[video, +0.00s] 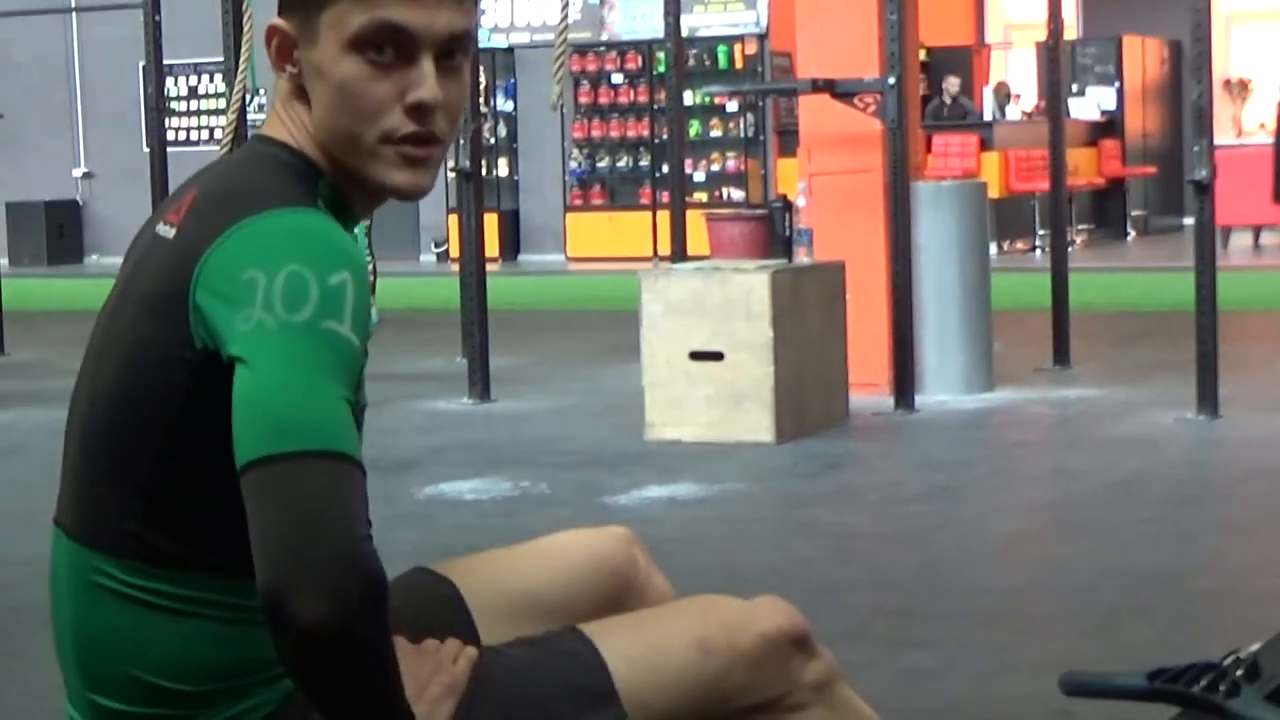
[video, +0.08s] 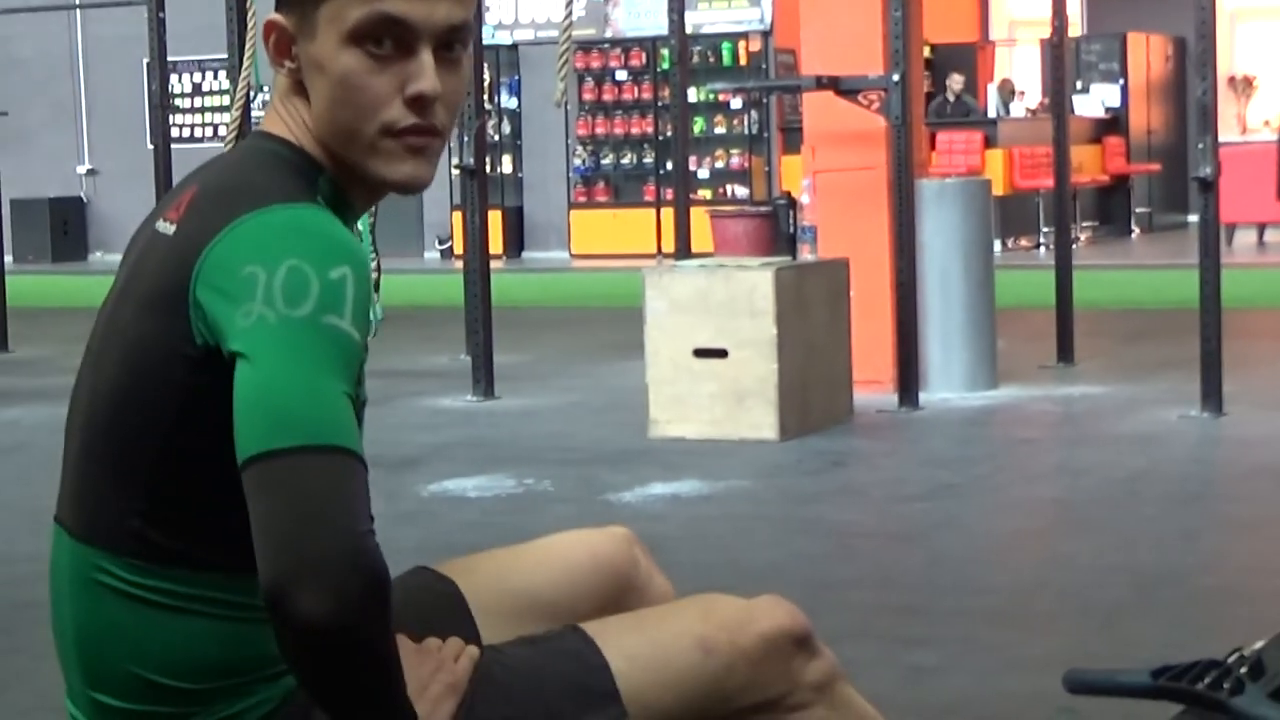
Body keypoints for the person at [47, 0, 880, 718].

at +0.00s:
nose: (430, 96)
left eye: (453, 58)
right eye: (385, 53)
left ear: (474, 70)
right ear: (288, 59)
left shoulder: (256, 205)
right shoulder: (294, 244)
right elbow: (320, 598)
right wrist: (395, 711)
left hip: (228, 660)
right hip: (254, 702)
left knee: (613, 563)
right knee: (770, 644)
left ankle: (720, 705)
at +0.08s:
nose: (429, 87)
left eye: (452, 50)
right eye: (383, 45)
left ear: (474, 62)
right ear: (287, 53)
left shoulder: (253, 202)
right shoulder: (294, 241)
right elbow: (321, 590)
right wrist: (395, 712)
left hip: (226, 661)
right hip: (252, 704)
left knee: (614, 563)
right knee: (773, 644)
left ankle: (723, 707)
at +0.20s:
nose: (429, 86)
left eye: (452, 48)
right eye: (382, 44)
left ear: (474, 61)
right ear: (286, 53)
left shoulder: (269, 203)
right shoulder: (290, 240)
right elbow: (317, 593)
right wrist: (393, 708)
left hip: (230, 661)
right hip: (250, 702)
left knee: (615, 567)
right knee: (767, 646)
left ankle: (723, 706)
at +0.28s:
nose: (431, 87)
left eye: (453, 49)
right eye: (383, 44)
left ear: (475, 61)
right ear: (287, 52)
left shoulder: (263, 204)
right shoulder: (287, 241)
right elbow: (307, 592)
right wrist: (388, 713)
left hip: (230, 666)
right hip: (242, 707)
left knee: (615, 570)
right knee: (765, 649)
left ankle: (721, 709)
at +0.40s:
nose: (435, 86)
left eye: (455, 48)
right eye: (387, 43)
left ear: (475, 60)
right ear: (289, 53)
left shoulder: (255, 203)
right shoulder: (291, 241)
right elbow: (294, 592)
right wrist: (386, 711)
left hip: (210, 668)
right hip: (236, 704)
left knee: (616, 572)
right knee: (766, 654)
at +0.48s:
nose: (438, 86)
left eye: (458, 47)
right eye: (391, 42)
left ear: (478, 60)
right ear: (292, 53)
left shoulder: (257, 203)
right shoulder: (294, 240)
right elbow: (295, 590)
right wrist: (387, 709)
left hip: (213, 667)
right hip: (240, 703)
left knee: (621, 573)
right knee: (767, 654)